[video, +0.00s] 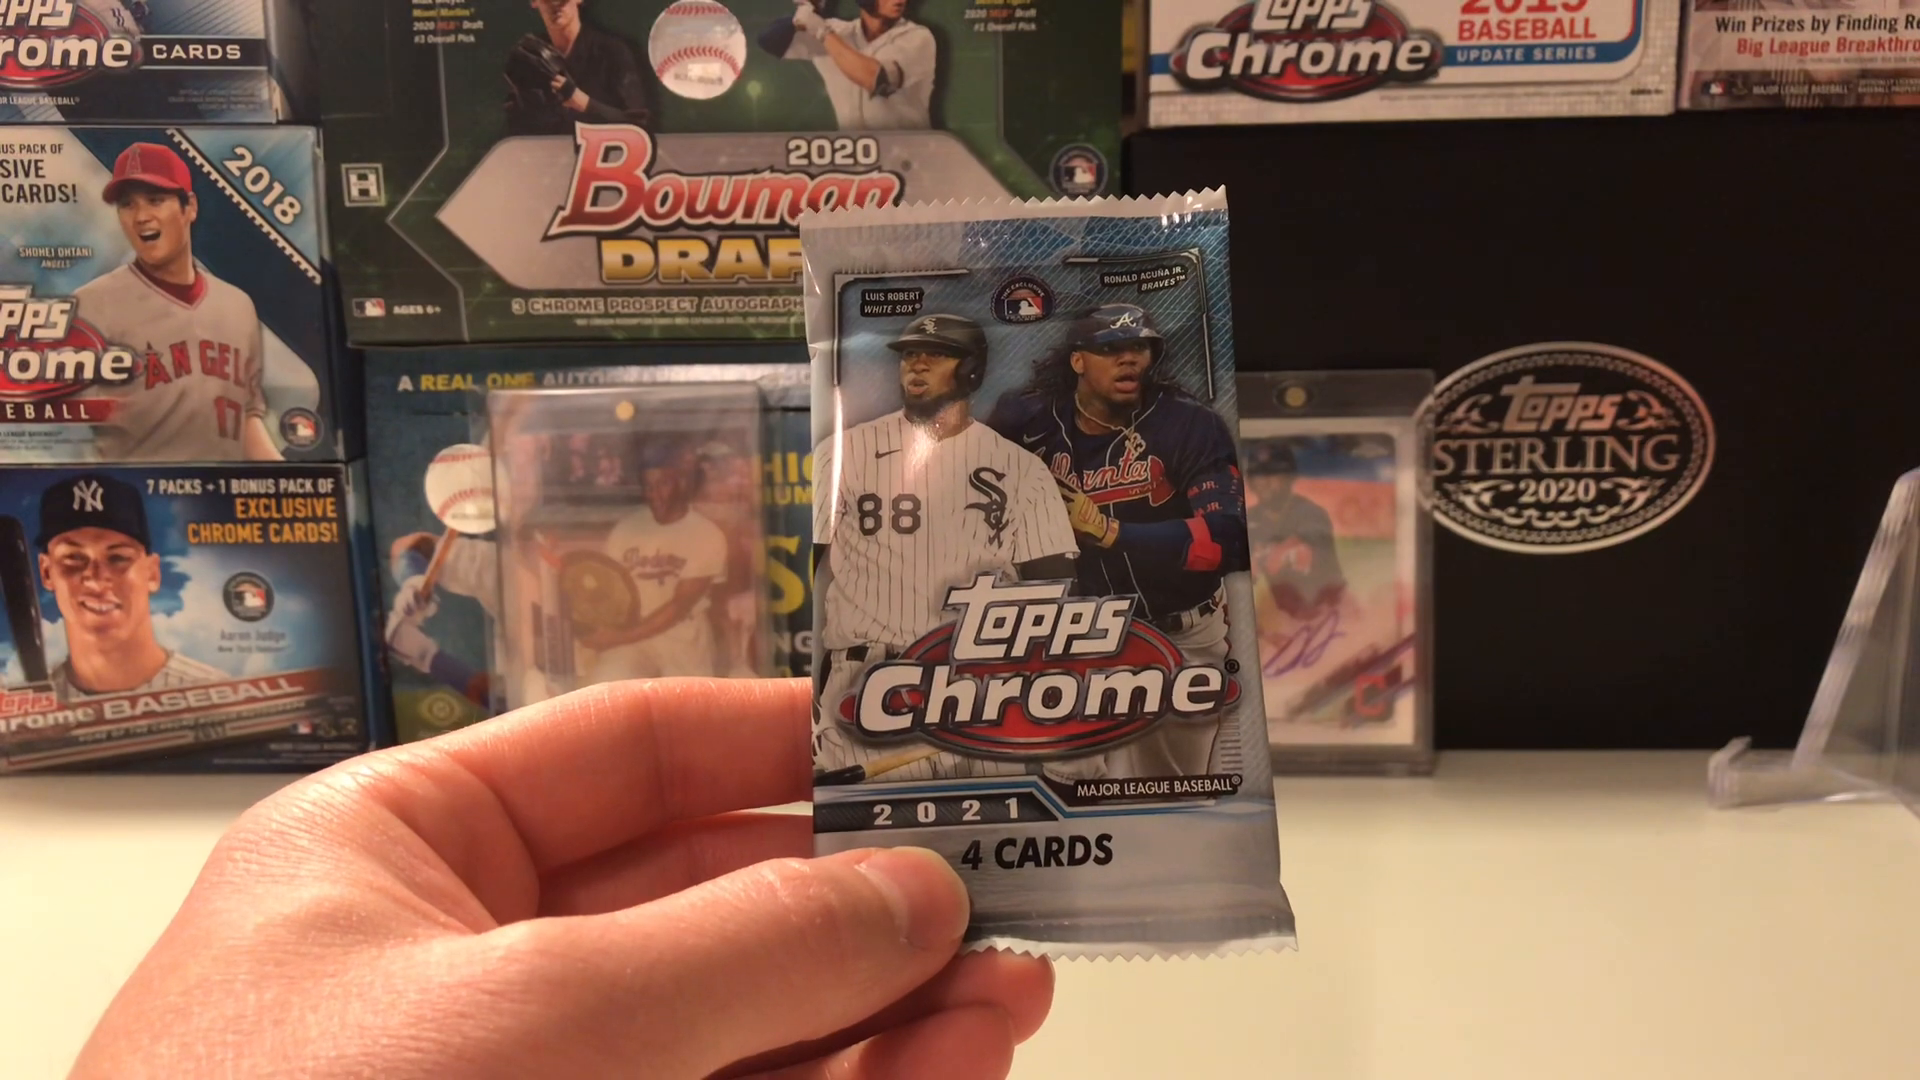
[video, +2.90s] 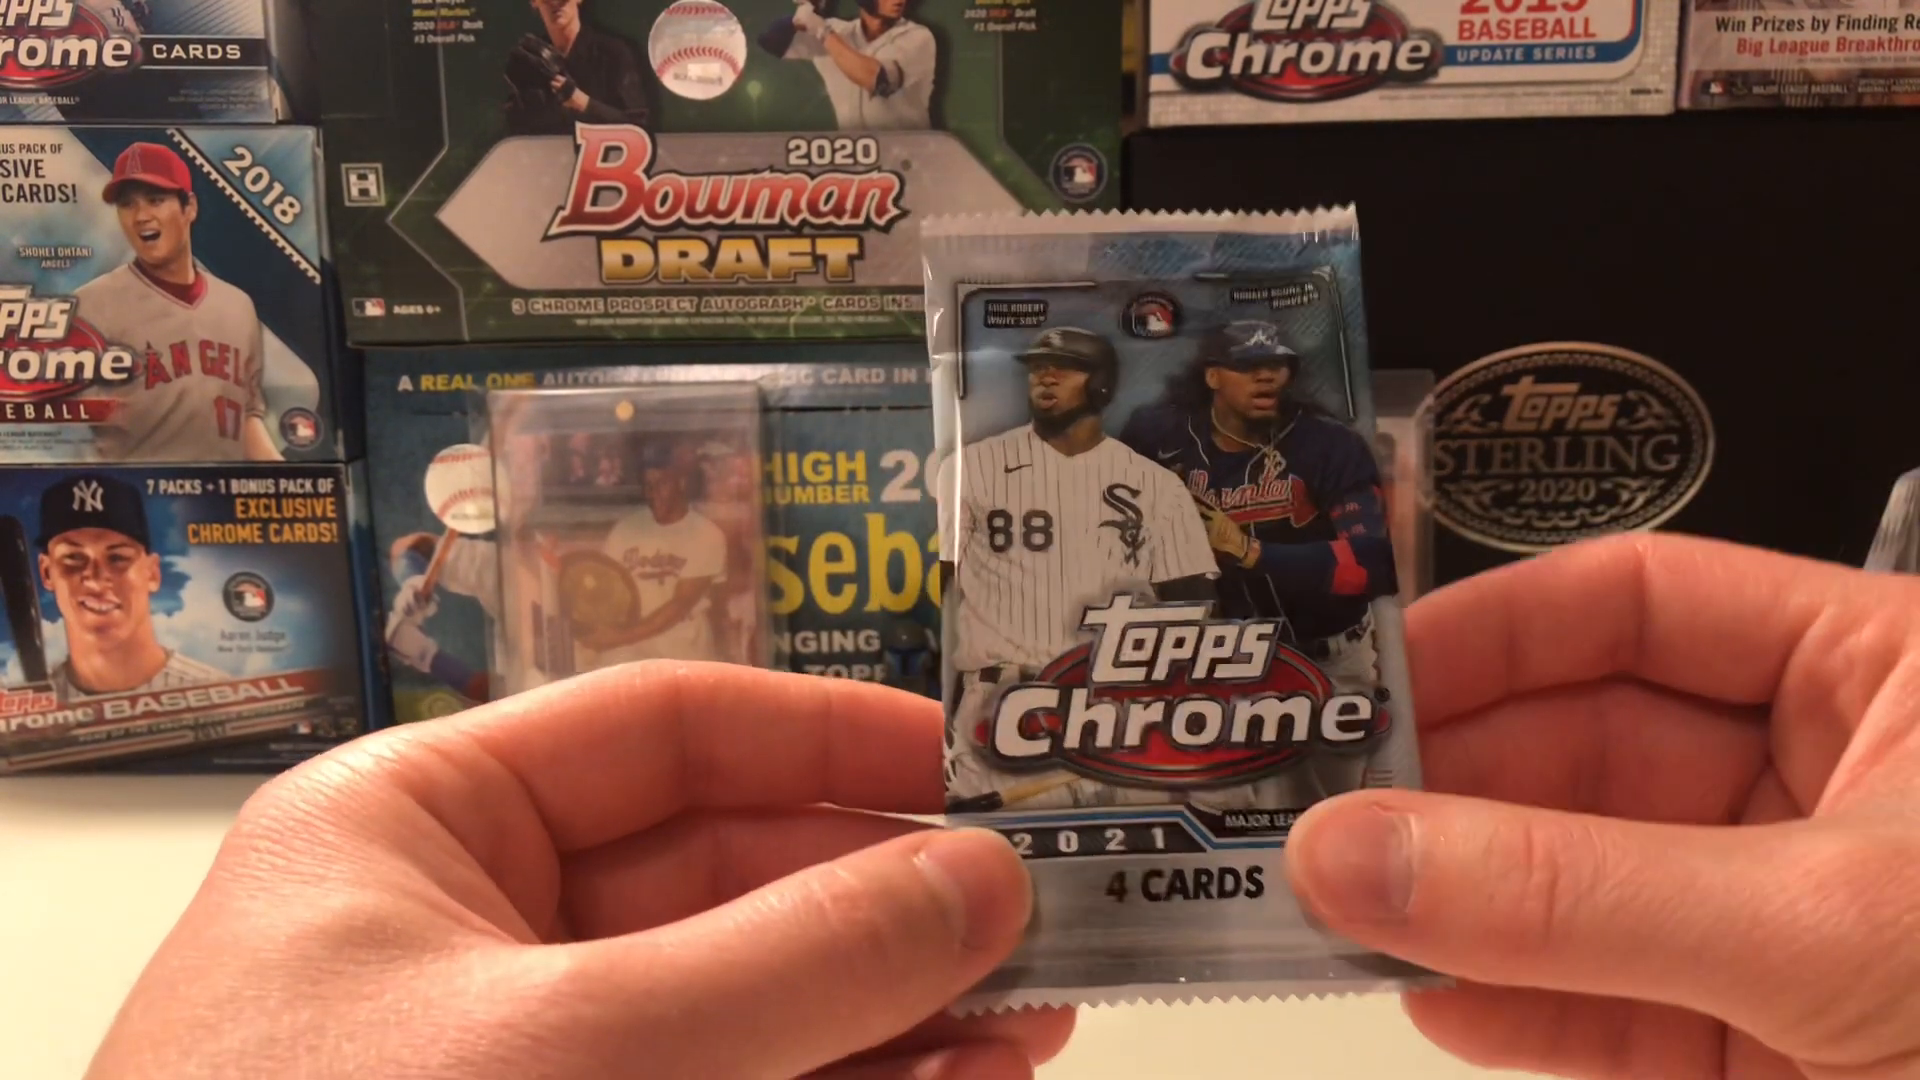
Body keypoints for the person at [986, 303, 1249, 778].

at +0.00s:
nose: (1131, 359)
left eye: (1139, 347)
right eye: (1113, 349)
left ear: (1153, 356)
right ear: (1078, 361)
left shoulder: (1191, 427)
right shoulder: (1024, 421)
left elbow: (1224, 539)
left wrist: (1112, 532)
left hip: (1182, 632)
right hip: (1072, 635)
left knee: (1176, 799)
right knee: (1075, 795)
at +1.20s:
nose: (1191, 372)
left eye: (1199, 360)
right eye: (1172, 361)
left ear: (1212, 369)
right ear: (1137, 374)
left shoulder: (1253, 443)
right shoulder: (1086, 437)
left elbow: (1287, 557)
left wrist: (1172, 546)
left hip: (1249, 648)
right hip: (1136, 651)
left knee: (1247, 814)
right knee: (1139, 812)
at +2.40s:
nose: (1257, 370)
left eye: (1266, 357)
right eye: (1238, 359)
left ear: (1278, 366)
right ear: (1201, 371)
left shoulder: (1320, 443)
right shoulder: (1149, 434)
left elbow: (1356, 558)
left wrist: (1240, 549)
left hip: (1317, 656)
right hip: (1199, 659)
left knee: (1317, 826)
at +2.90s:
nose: (1268, 377)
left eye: (1277, 365)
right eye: (1250, 367)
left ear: (1291, 371)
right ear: (1213, 377)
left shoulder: (1331, 446)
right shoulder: (1160, 439)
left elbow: (1371, 564)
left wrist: (1252, 552)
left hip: (1325, 650)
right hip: (1204, 652)